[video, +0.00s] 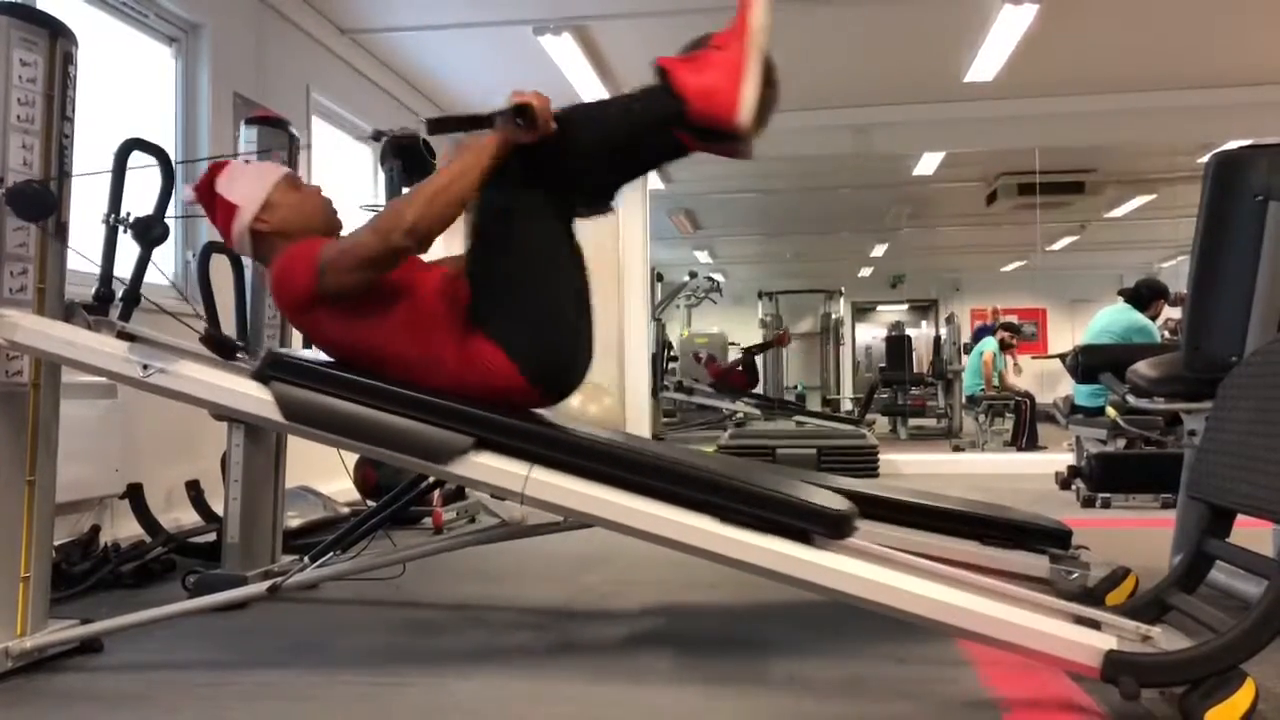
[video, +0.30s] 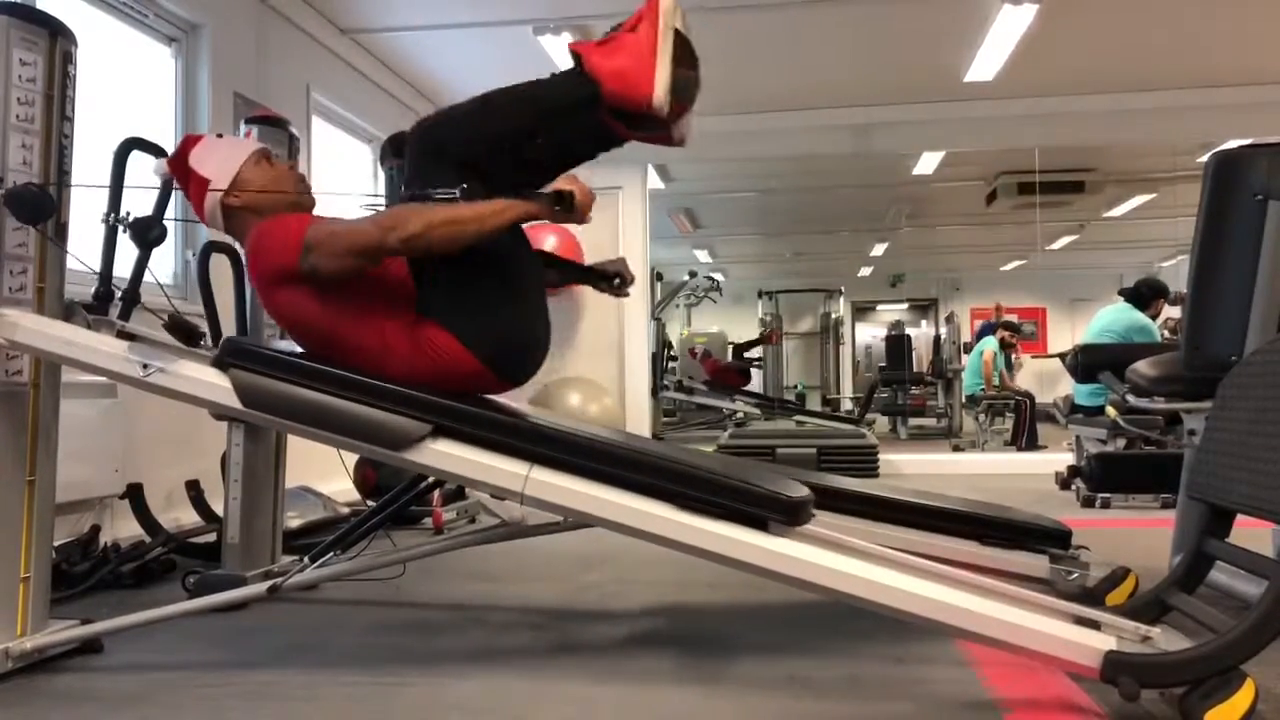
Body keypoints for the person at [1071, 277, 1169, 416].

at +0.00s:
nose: (1162, 310)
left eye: (1163, 307)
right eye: (1163, 306)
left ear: (1135, 295)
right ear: (1158, 305)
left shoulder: (1107, 312)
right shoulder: (1143, 325)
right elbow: (1157, 369)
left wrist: (1159, 330)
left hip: (1081, 398)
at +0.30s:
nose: (1162, 309)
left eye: (1164, 305)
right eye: (1163, 304)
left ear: (1135, 294)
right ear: (1159, 304)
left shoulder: (1107, 311)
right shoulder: (1143, 324)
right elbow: (1157, 368)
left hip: (1081, 398)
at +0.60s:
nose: (1164, 310)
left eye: (1165, 305)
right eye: (1165, 305)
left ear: (1136, 295)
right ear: (1160, 304)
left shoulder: (1108, 311)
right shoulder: (1144, 325)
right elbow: (1158, 369)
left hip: (1081, 398)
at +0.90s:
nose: (1165, 312)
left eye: (1168, 307)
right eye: (1167, 307)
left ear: (1140, 296)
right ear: (1159, 304)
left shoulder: (1108, 311)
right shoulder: (1144, 324)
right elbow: (1157, 368)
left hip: (1082, 395)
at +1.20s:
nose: (1166, 313)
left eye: (1169, 308)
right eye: (1167, 307)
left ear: (1140, 297)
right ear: (1159, 304)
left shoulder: (1107, 312)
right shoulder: (1143, 325)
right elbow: (1157, 368)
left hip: (1082, 396)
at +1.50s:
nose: (1166, 311)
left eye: (1169, 306)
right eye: (1167, 305)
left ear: (1138, 296)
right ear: (1158, 303)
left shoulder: (1108, 311)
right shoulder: (1143, 325)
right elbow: (1155, 370)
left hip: (1082, 396)